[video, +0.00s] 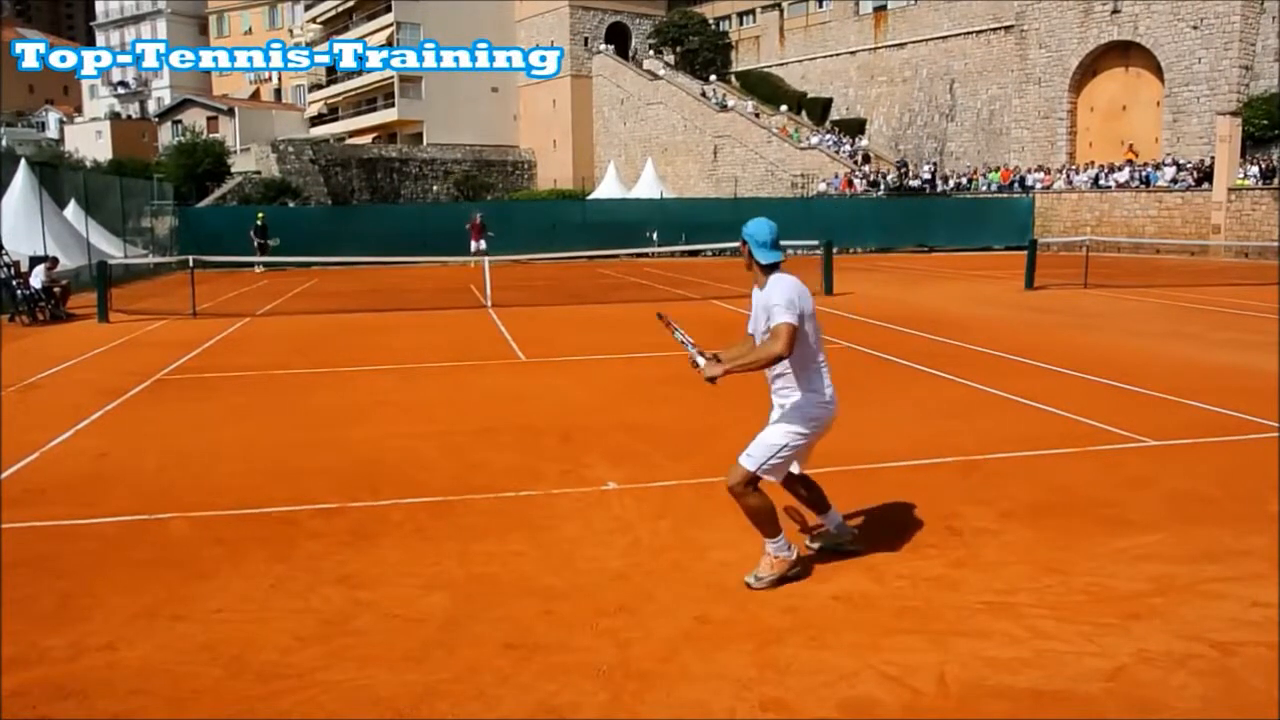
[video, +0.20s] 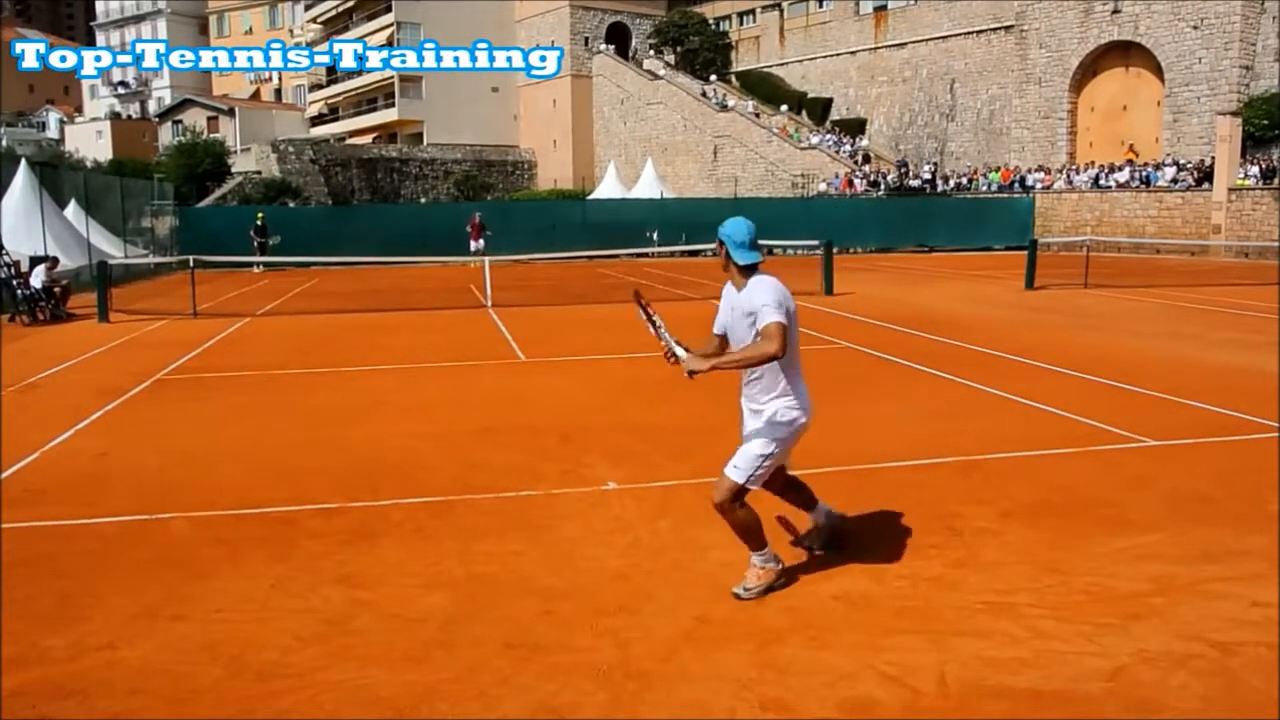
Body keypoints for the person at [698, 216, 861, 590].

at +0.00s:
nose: (740, 252)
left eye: (741, 247)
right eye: (743, 246)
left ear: (747, 252)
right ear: (774, 250)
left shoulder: (783, 290)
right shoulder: (763, 292)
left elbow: (780, 347)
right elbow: (755, 343)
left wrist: (726, 367)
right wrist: (718, 357)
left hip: (807, 406)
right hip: (790, 403)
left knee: (739, 482)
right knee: (783, 471)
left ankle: (780, 552)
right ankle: (836, 526)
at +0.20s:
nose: (716, 251)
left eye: (718, 246)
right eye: (719, 246)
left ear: (724, 252)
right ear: (751, 250)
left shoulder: (767, 291)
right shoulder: (730, 292)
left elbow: (773, 347)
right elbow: (718, 348)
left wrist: (710, 365)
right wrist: (684, 351)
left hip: (782, 413)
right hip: (756, 409)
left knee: (725, 498)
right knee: (770, 477)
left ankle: (766, 563)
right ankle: (825, 517)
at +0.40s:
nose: (704, 253)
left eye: (705, 248)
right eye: (708, 248)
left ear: (711, 252)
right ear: (741, 251)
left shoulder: (759, 294)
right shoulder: (717, 292)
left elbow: (763, 347)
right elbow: (699, 346)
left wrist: (699, 361)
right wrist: (668, 346)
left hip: (769, 415)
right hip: (739, 410)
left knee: (722, 507)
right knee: (753, 482)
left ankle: (766, 564)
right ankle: (810, 512)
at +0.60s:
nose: (676, 258)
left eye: (678, 253)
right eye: (679, 252)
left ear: (683, 257)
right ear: (713, 256)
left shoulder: (731, 298)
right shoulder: (688, 296)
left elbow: (734, 350)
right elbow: (658, 336)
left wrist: (665, 351)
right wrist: (629, 330)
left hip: (745, 420)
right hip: (711, 416)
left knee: (714, 521)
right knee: (699, 503)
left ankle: (767, 558)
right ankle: (769, 520)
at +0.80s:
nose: (661, 260)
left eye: (662, 255)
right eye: (662, 255)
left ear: (668, 259)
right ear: (698, 259)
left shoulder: (716, 299)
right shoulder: (670, 298)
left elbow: (717, 351)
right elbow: (633, 336)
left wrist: (647, 345)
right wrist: (609, 322)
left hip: (734, 424)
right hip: (696, 419)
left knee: (709, 523)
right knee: (673, 507)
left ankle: (765, 561)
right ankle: (747, 541)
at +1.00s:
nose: (623, 262)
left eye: (625, 256)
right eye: (625, 257)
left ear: (633, 261)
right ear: (660, 259)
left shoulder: (680, 301)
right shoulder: (632, 298)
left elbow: (681, 352)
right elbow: (579, 325)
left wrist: (617, 331)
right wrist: (573, 301)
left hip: (708, 433)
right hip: (665, 424)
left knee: (705, 529)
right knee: (617, 502)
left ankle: (761, 561)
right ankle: (664, 586)